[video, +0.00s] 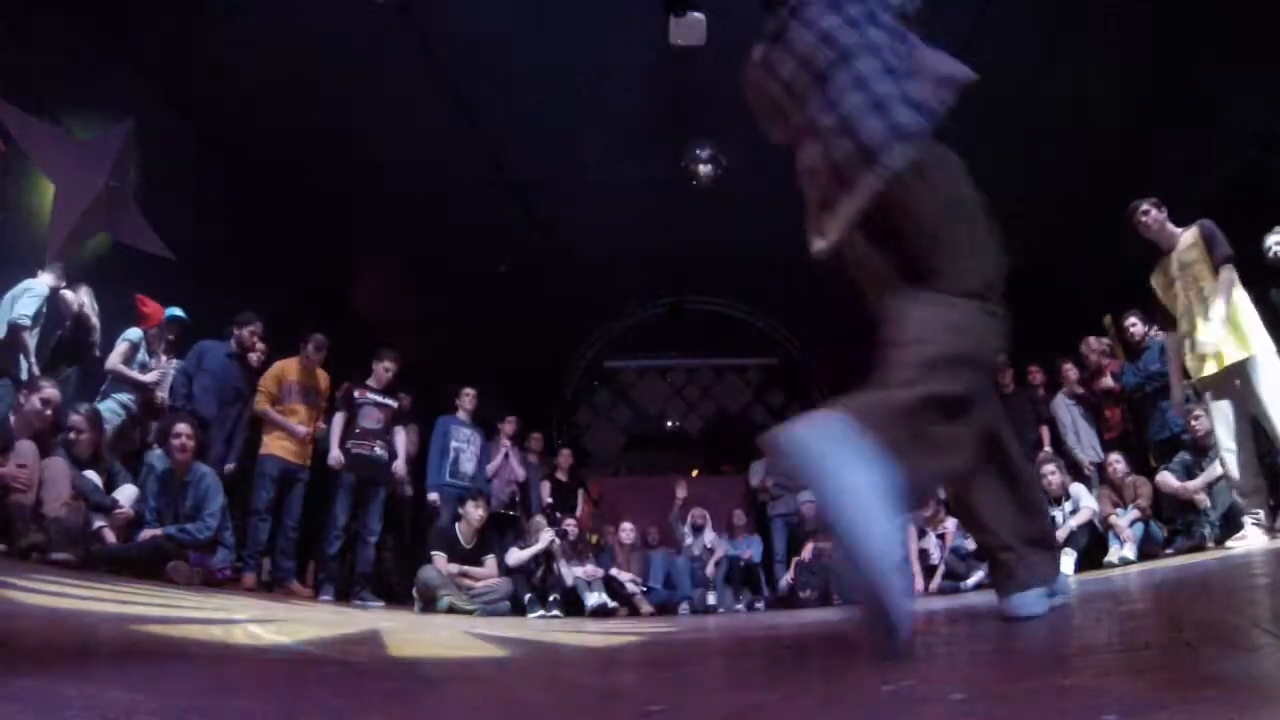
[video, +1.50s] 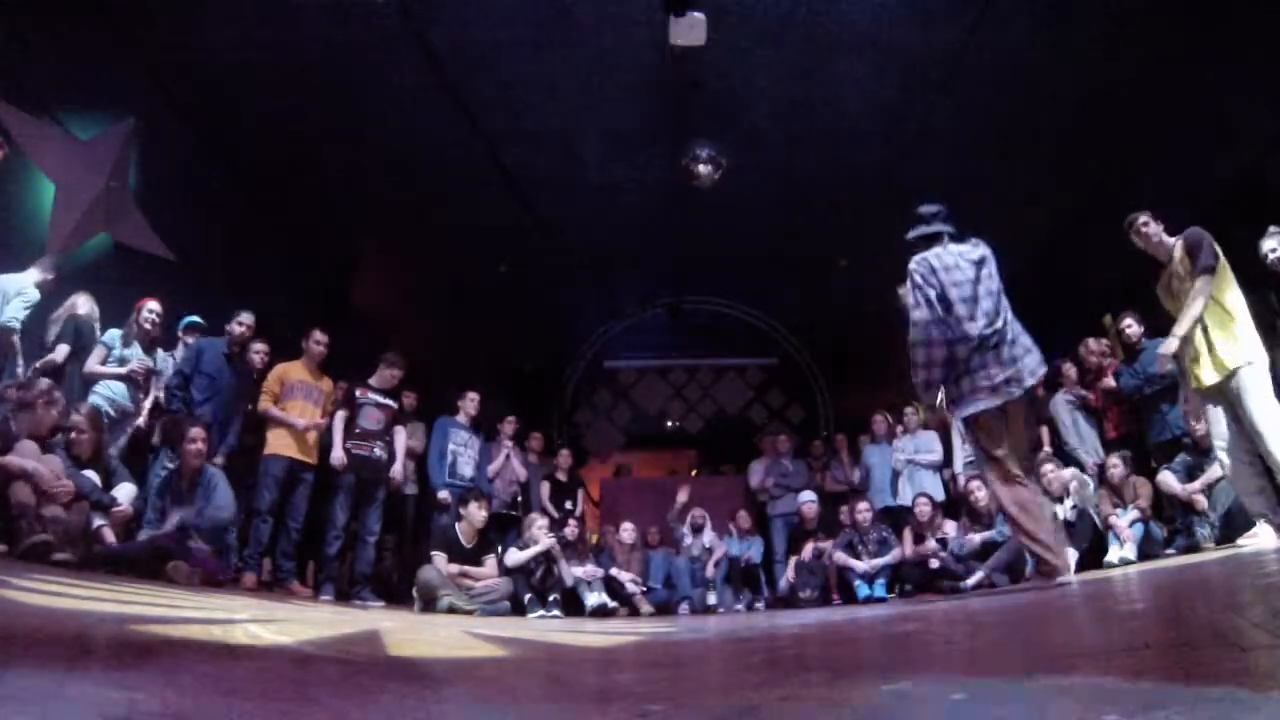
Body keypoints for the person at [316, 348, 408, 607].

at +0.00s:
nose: (388, 375)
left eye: (392, 372)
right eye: (385, 369)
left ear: (395, 375)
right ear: (374, 366)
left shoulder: (394, 402)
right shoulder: (352, 391)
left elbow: (398, 431)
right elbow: (338, 419)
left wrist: (401, 458)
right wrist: (334, 448)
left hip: (379, 464)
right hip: (351, 460)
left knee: (371, 529)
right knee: (339, 525)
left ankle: (361, 587)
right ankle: (327, 583)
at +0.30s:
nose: (388, 376)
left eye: (393, 372)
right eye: (386, 369)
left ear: (395, 375)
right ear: (375, 366)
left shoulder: (394, 403)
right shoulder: (352, 391)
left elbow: (400, 431)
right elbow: (339, 418)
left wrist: (404, 460)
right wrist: (336, 447)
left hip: (379, 466)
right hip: (350, 461)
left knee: (371, 530)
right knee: (338, 525)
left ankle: (360, 586)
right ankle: (327, 583)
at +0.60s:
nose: (390, 377)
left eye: (394, 373)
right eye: (387, 371)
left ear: (397, 376)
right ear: (376, 367)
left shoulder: (395, 403)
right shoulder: (354, 392)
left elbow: (401, 432)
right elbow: (339, 420)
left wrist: (401, 461)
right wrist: (337, 449)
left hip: (379, 467)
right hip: (351, 462)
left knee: (371, 530)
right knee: (338, 525)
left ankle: (360, 586)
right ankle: (327, 583)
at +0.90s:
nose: (392, 380)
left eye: (396, 377)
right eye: (389, 374)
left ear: (398, 378)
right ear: (378, 369)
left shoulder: (394, 403)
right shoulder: (354, 391)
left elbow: (400, 432)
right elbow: (339, 419)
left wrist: (397, 462)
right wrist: (337, 450)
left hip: (379, 466)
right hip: (351, 461)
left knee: (371, 530)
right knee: (339, 525)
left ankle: (360, 586)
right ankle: (327, 583)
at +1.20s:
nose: (392, 380)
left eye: (397, 376)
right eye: (389, 374)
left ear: (399, 378)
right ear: (379, 370)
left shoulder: (395, 403)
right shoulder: (354, 391)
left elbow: (399, 431)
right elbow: (339, 418)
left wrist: (397, 460)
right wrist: (337, 449)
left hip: (378, 466)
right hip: (351, 461)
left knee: (371, 530)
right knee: (339, 525)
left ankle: (361, 586)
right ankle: (328, 583)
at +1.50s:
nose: (394, 380)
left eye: (398, 377)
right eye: (392, 374)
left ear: (399, 378)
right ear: (381, 369)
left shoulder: (395, 402)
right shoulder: (355, 390)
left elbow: (400, 431)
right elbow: (340, 417)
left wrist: (399, 461)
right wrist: (337, 447)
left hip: (379, 465)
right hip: (351, 460)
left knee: (370, 530)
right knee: (338, 525)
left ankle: (361, 586)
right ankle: (327, 583)